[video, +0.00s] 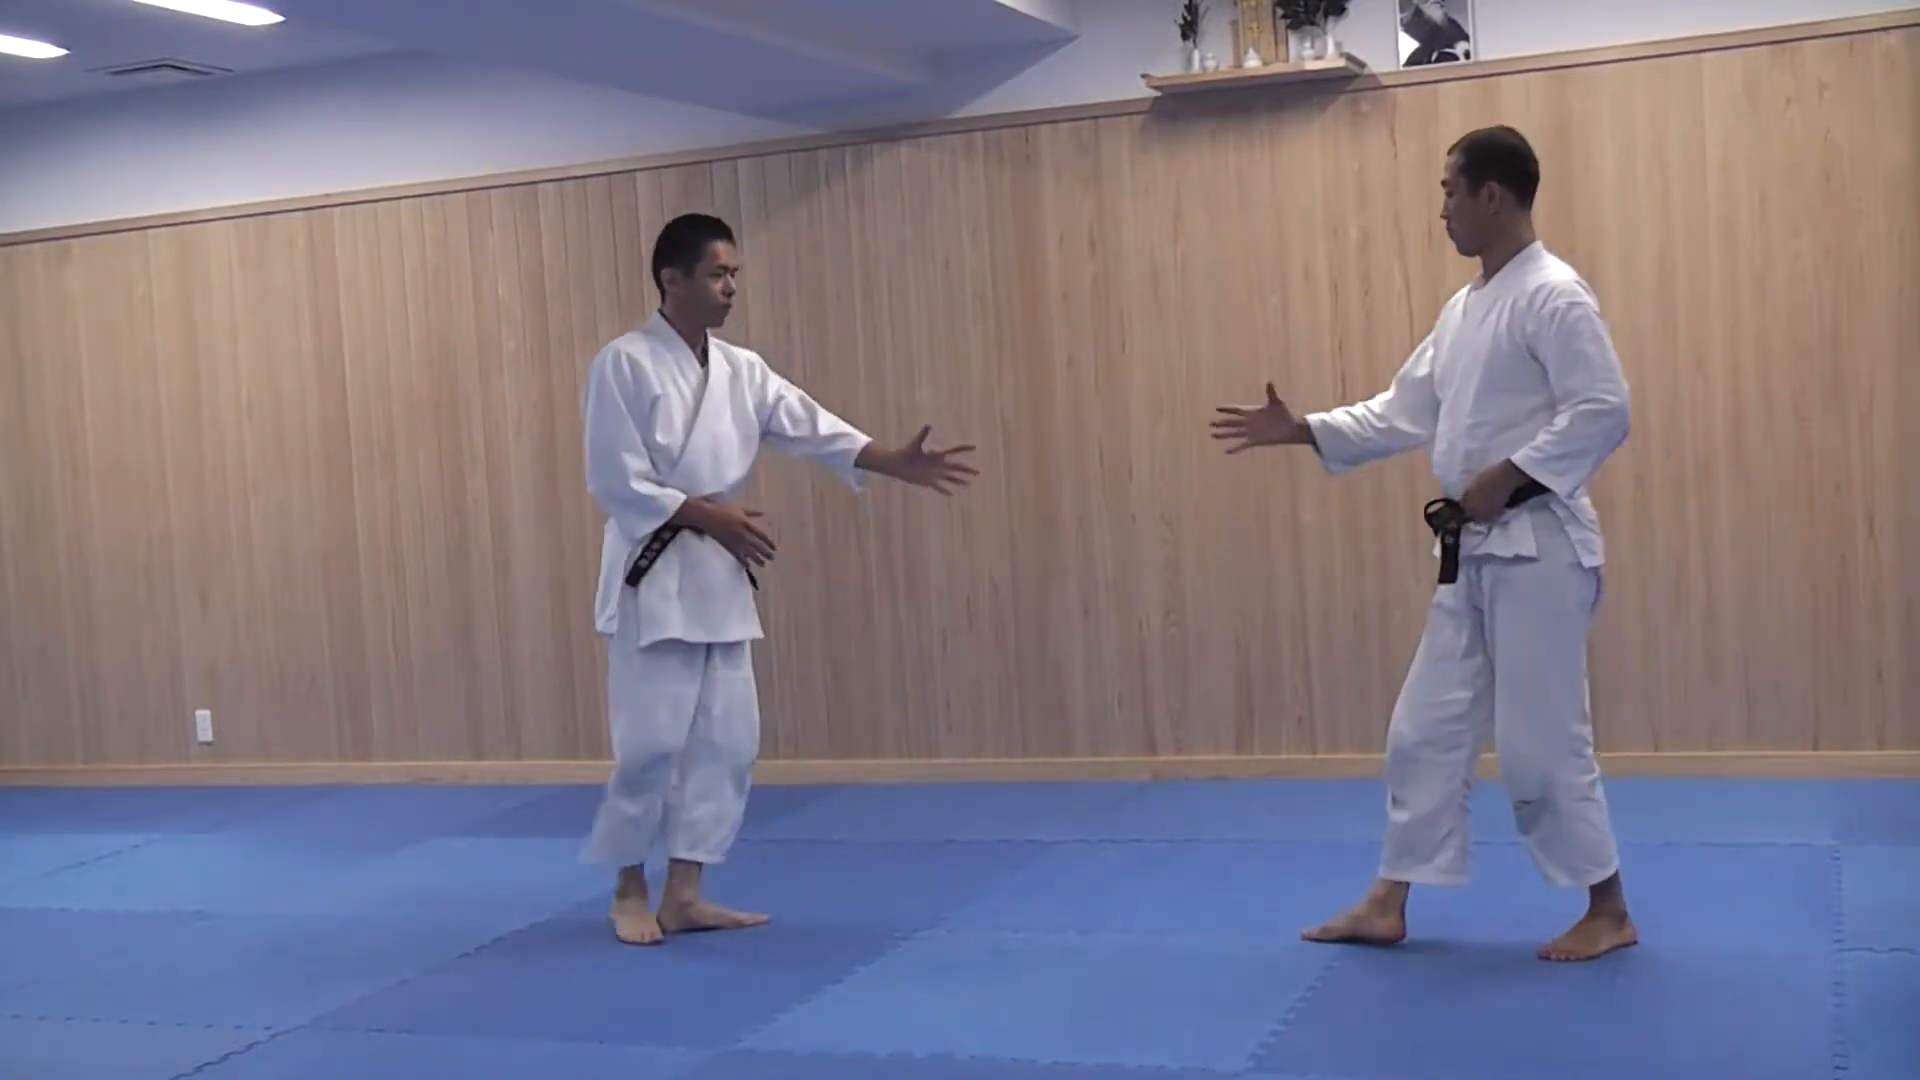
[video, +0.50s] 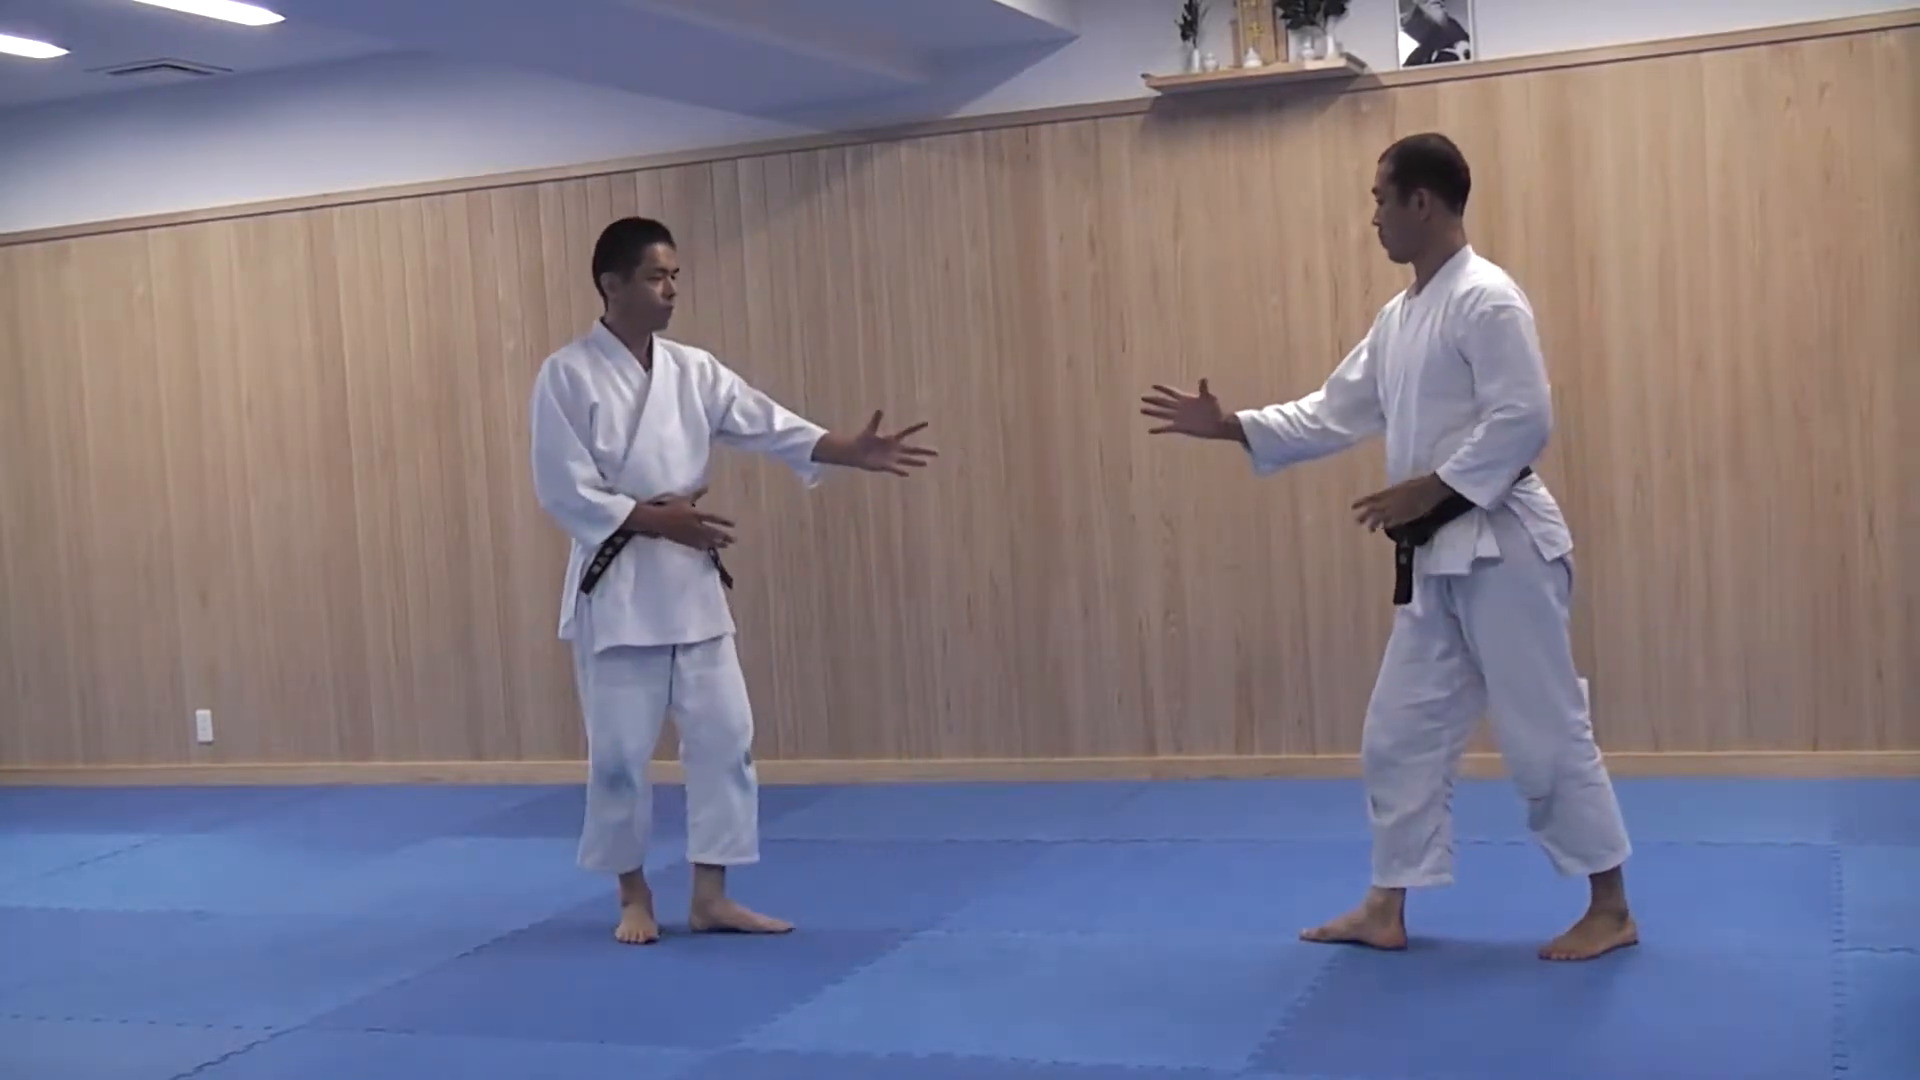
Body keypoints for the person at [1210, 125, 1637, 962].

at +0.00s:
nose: (1441, 206)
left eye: (1452, 191)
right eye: (1442, 190)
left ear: (1498, 196)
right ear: (1491, 198)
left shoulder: (1555, 295)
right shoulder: (1463, 308)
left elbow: (1603, 409)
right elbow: (1402, 411)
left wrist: (1510, 476)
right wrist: (1302, 428)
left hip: (1540, 546)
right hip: (1472, 550)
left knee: (1545, 738)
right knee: (1422, 731)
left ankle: (1608, 912)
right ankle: (1386, 902)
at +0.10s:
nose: (1422, 209)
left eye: (1433, 193)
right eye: (1423, 194)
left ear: (1476, 198)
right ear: (1473, 200)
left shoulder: (1534, 294)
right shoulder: (1442, 311)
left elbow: (1585, 405)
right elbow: (1381, 408)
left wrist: (1491, 476)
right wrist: (1275, 421)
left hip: (1528, 547)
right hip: (1459, 552)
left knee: (1543, 736)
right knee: (1417, 732)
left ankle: (1609, 911)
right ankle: (1386, 905)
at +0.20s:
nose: (1405, 212)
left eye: (1414, 195)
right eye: (1406, 196)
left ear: (1457, 200)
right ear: (1457, 202)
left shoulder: (1517, 296)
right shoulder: (1424, 313)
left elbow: (1566, 408)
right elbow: (1364, 408)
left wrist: (1472, 479)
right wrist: (1259, 420)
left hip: (1519, 547)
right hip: (1449, 554)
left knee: (1543, 737)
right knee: (1408, 733)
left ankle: (1609, 909)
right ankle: (1386, 906)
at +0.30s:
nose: (1391, 215)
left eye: (1400, 199)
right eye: (1391, 199)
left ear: (1445, 203)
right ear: (1438, 204)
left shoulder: (1503, 299)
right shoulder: (1412, 316)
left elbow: (1552, 408)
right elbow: (1350, 409)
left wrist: (1459, 480)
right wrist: (1246, 421)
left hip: (1512, 547)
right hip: (1443, 555)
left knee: (1543, 735)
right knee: (1402, 734)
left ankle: (1610, 910)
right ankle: (1386, 908)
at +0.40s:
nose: (1381, 216)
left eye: (1390, 200)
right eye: (1382, 200)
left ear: (1433, 203)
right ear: (1428, 205)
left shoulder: (1494, 300)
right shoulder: (1403, 318)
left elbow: (1539, 411)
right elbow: (1340, 410)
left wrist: (1446, 486)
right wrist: (1235, 423)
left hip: (1508, 546)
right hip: (1438, 555)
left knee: (1546, 734)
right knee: (1400, 735)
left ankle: (1610, 909)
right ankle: (1385, 908)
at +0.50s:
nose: (1373, 217)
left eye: (1382, 200)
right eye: (1374, 201)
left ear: (1426, 204)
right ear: (1421, 205)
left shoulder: (1490, 301)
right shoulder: (1397, 319)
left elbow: (1523, 418)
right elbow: (1334, 411)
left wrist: (1433, 488)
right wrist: (1231, 424)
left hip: (1507, 545)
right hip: (1437, 552)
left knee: (1548, 733)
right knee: (1399, 736)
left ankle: (1611, 909)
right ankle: (1385, 909)